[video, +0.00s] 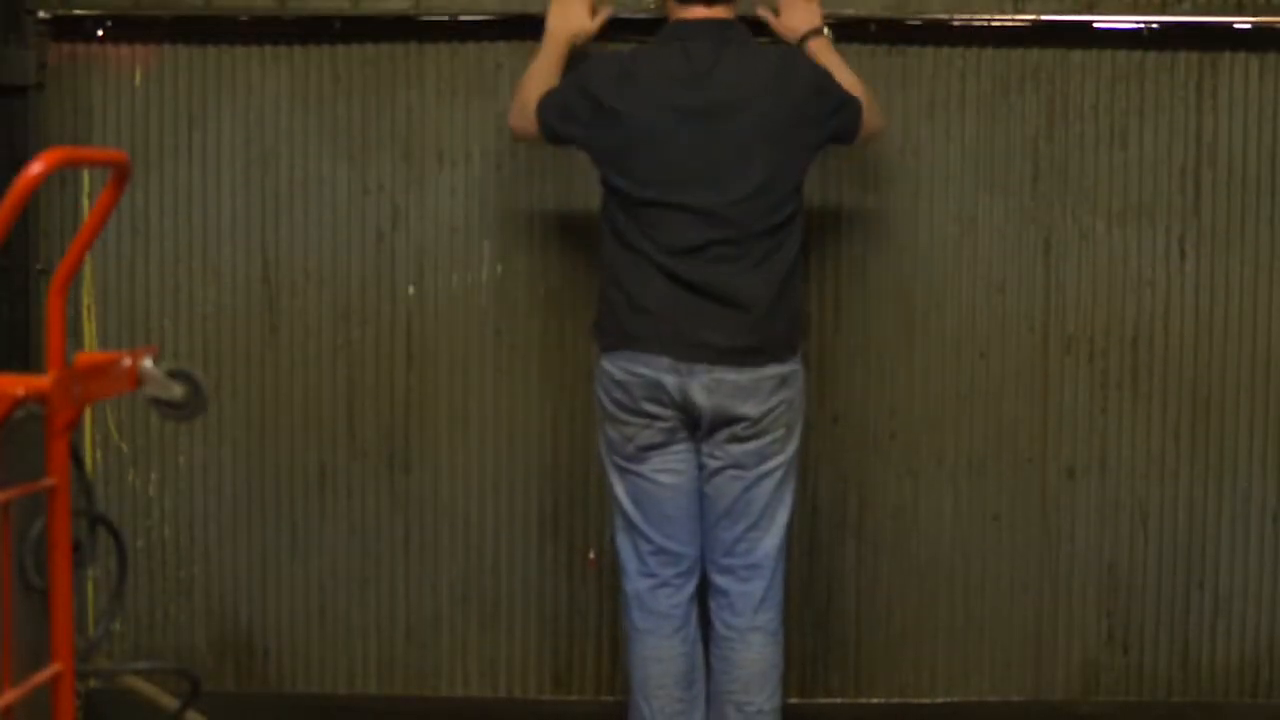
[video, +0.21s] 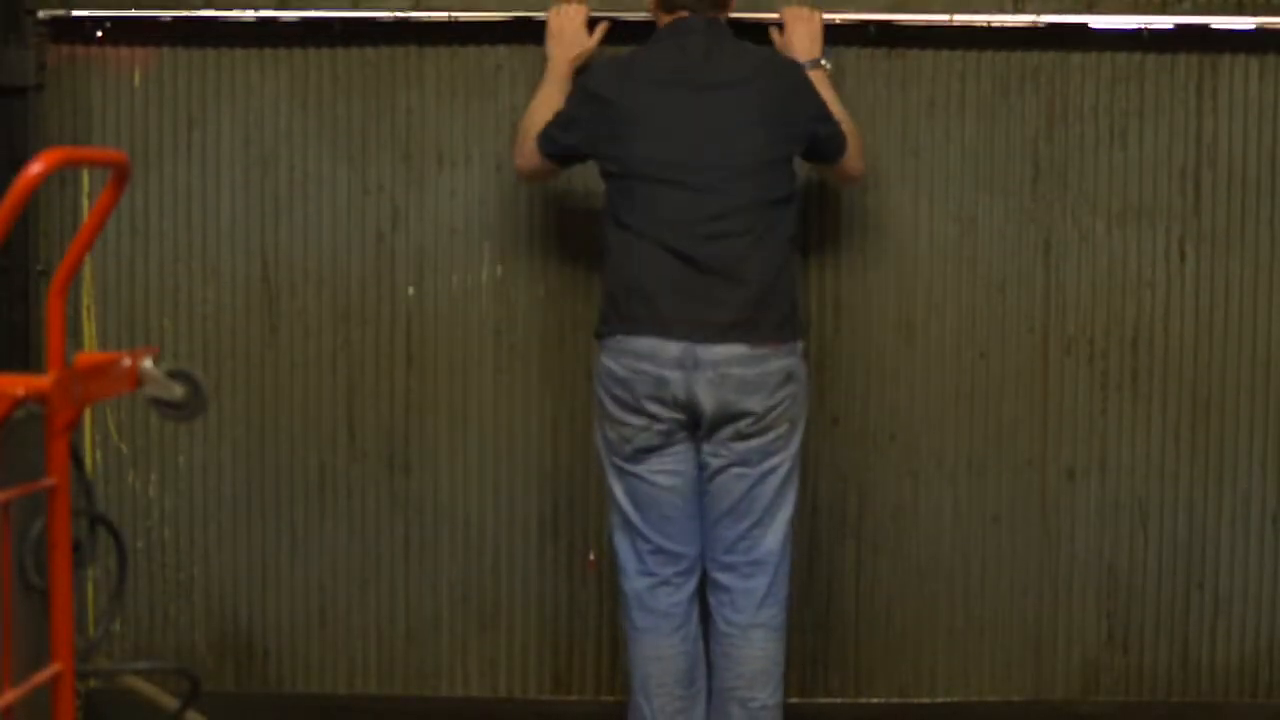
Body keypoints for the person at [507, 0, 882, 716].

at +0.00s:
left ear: (665, 1)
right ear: (740, 2)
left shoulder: (620, 77)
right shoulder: (785, 76)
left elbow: (528, 114)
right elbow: (863, 117)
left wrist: (557, 38)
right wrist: (813, 38)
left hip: (639, 355)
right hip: (753, 361)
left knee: (658, 581)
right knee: (746, 584)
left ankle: (664, 715)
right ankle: (744, 716)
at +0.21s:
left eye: (650, 4)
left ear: (655, 6)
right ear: (730, 4)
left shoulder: (616, 79)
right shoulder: (774, 78)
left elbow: (531, 156)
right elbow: (848, 160)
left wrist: (559, 63)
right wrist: (809, 65)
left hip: (641, 347)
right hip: (756, 349)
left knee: (658, 576)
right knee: (750, 576)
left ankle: (665, 716)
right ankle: (749, 715)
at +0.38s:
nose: (647, 13)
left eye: (650, 8)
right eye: (734, 7)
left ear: (653, 11)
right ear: (733, 9)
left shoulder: (615, 86)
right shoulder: (777, 87)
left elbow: (530, 169)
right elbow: (844, 173)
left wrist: (560, 75)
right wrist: (809, 75)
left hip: (640, 338)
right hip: (756, 340)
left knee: (656, 573)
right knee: (750, 572)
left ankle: (663, 715)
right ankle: (749, 714)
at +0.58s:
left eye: (651, 9)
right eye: (732, 9)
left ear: (652, 13)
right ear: (731, 13)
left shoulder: (619, 95)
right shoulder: (778, 91)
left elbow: (534, 198)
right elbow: (855, 199)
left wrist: (562, 104)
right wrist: (812, 104)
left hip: (645, 339)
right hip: (759, 340)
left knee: (659, 572)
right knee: (752, 571)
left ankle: (666, 714)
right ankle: (750, 714)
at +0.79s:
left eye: (631, 14)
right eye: (718, 12)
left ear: (635, 17)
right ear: (716, 14)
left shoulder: (605, 102)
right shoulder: (779, 89)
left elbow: (538, 228)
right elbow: (870, 185)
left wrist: (562, 141)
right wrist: (793, 136)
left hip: (647, 338)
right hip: (762, 337)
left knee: (662, 572)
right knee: (754, 570)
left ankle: (671, 714)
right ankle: (754, 713)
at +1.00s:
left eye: (630, 14)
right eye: (715, 14)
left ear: (633, 20)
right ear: (712, 16)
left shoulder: (593, 104)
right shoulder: (765, 70)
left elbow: (492, 201)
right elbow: (900, 63)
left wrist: (564, 165)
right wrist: (849, 140)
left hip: (643, 340)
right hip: (756, 338)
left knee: (657, 571)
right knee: (742, 572)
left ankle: (665, 716)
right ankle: (738, 717)